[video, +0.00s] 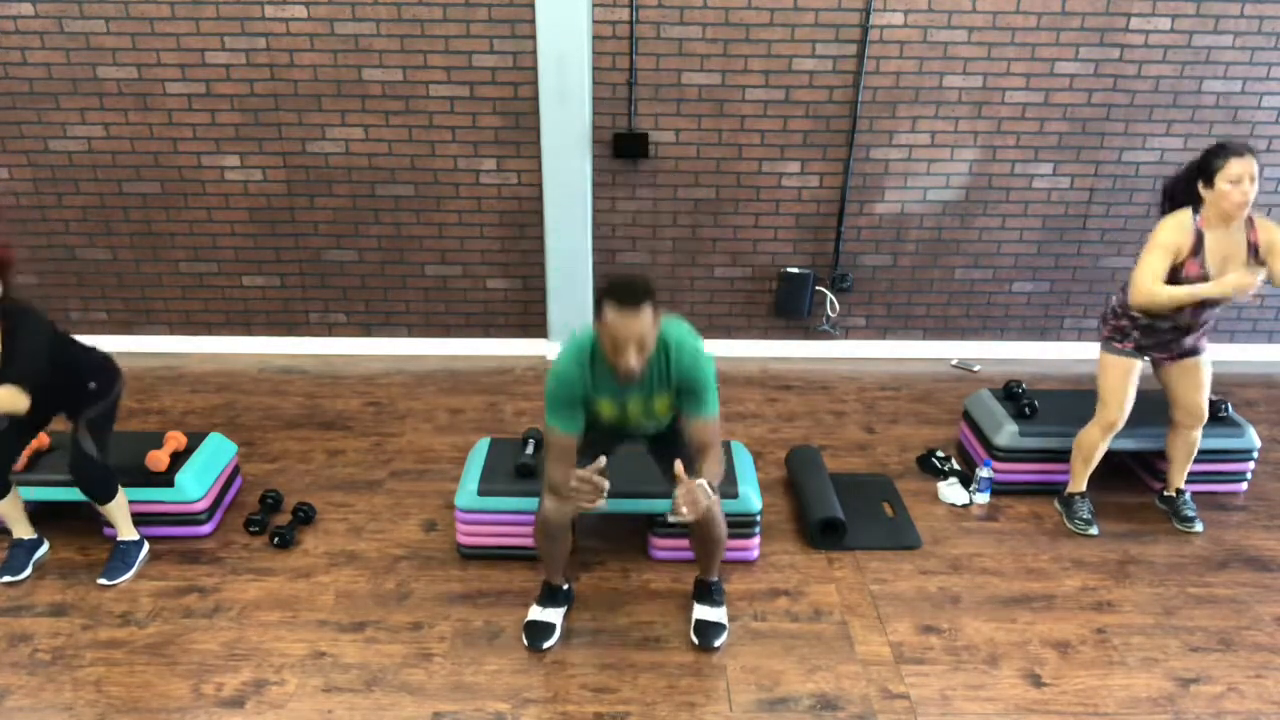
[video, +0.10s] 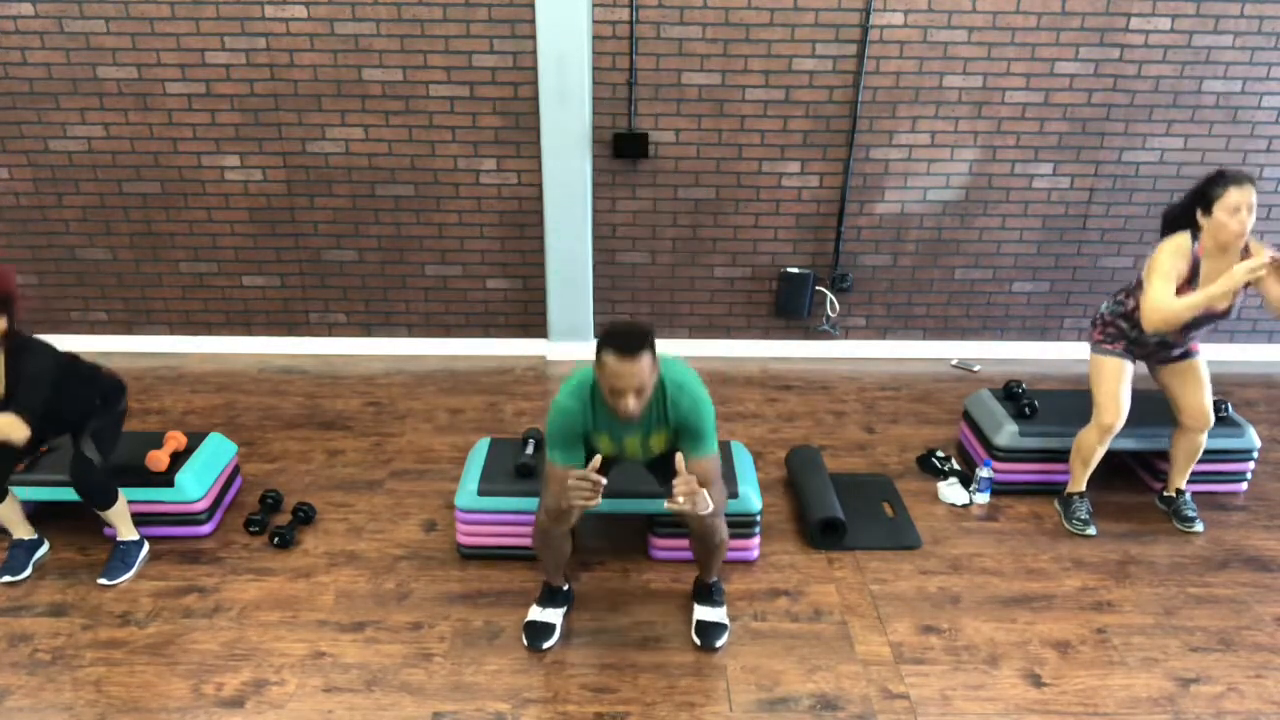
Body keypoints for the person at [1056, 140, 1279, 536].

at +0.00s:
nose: (1247, 191)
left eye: (1252, 181)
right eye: (1235, 182)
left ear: (1257, 184)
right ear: (1205, 188)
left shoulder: (1263, 234)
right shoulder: (1177, 227)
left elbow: (1278, 277)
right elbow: (1142, 295)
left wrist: (1264, 269)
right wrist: (1216, 289)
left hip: (1185, 330)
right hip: (1132, 324)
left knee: (1192, 416)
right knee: (1111, 417)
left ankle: (1174, 493)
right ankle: (1074, 494)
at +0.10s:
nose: (1246, 221)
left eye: (1251, 211)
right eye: (1235, 211)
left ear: (1256, 215)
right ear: (1204, 216)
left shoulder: (1253, 255)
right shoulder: (1175, 250)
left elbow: (1277, 305)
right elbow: (1154, 319)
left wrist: (1270, 276)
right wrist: (1221, 287)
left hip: (1173, 337)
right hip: (1120, 329)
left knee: (1198, 419)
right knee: (1109, 419)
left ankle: (1173, 492)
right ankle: (1073, 493)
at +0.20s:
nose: (1241, 252)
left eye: (1246, 242)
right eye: (1230, 242)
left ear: (1252, 245)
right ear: (1200, 245)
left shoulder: (1247, 286)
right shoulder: (1169, 274)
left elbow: (1276, 345)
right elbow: (1157, 345)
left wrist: (1270, 307)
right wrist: (1222, 306)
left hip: (1170, 348)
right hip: (1115, 340)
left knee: (1204, 423)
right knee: (1107, 424)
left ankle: (1174, 493)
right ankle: (1073, 494)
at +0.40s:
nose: (1229, 298)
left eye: (1235, 288)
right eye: (1219, 288)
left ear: (1241, 289)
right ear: (1190, 287)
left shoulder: (1234, 322)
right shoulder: (1157, 310)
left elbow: (1265, 392)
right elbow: (1145, 385)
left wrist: (1255, 352)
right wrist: (1207, 348)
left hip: (1164, 365)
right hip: (1106, 358)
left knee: (1212, 433)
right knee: (1106, 431)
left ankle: (1175, 493)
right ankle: (1073, 494)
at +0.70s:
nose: (1235, 281)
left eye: (1242, 271)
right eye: (1225, 270)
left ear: (1248, 269)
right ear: (1197, 264)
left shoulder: (1245, 300)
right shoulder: (1160, 288)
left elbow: (1267, 361)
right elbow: (1131, 361)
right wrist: (1193, 376)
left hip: (1171, 357)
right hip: (1112, 346)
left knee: (1210, 426)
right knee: (1104, 424)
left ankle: (1174, 492)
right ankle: (1072, 494)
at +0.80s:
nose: (1242, 246)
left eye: (1249, 235)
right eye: (1233, 235)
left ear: (1255, 234)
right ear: (1204, 230)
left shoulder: (1252, 270)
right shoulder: (1168, 257)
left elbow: (1274, 331)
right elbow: (1124, 329)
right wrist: (1151, 387)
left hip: (1177, 343)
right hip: (1122, 336)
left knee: (1206, 421)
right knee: (1106, 419)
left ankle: (1175, 493)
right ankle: (1070, 492)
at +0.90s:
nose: (1246, 213)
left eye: (1252, 203)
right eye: (1236, 202)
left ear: (1259, 200)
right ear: (1208, 198)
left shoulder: (1255, 240)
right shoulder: (1171, 232)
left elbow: (1275, 301)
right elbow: (1118, 298)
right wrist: (1105, 364)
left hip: (1185, 334)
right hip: (1132, 328)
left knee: (1201, 419)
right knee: (1108, 417)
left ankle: (1175, 493)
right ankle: (1070, 492)